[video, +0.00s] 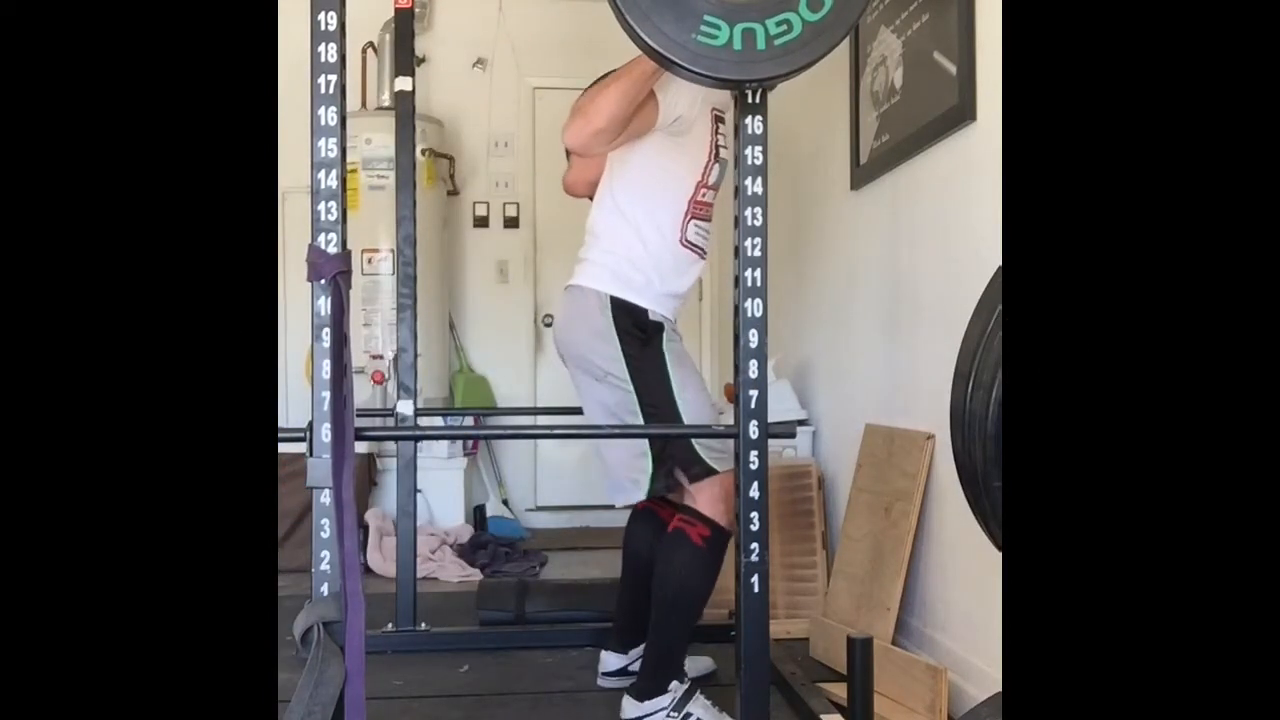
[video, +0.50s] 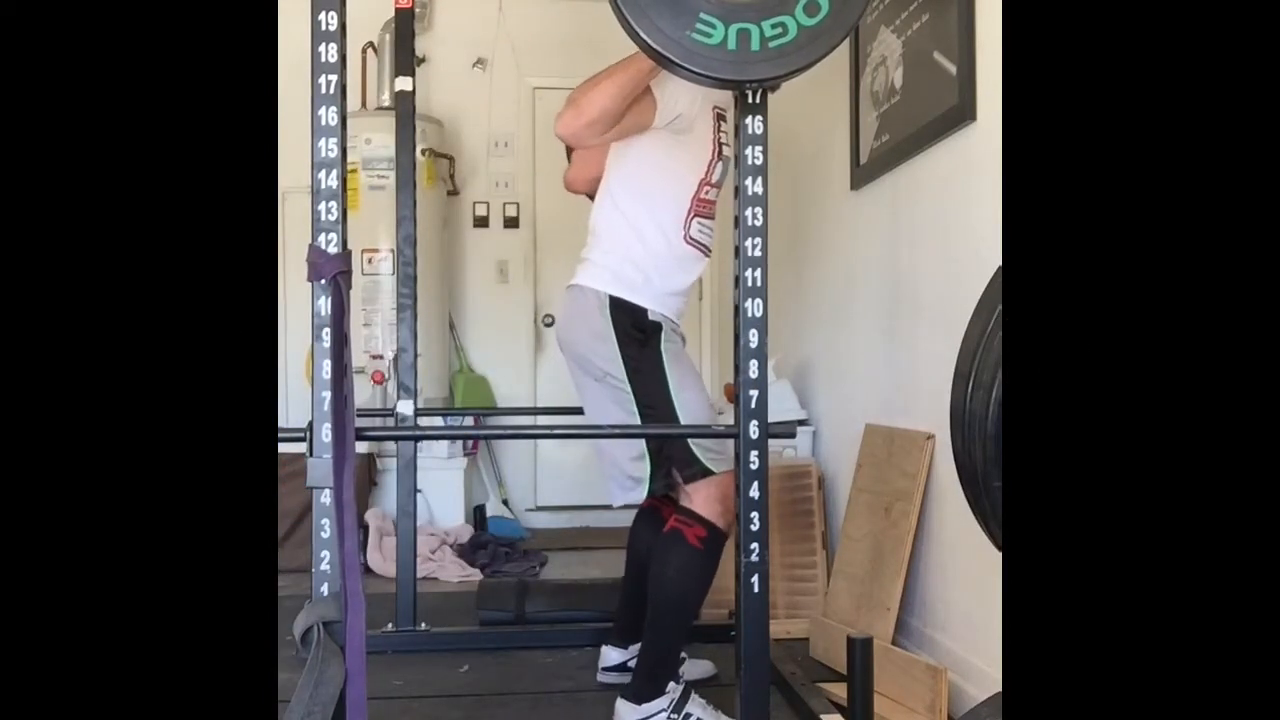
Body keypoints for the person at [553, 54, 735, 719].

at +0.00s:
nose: (756, 39)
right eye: (747, 27)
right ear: (717, 21)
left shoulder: (701, 99)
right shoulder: (676, 74)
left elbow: (577, 178)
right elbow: (579, 133)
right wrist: (662, 46)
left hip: (630, 311)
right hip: (617, 312)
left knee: (672, 485)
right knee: (713, 491)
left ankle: (626, 652)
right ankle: (655, 694)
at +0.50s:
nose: (760, 46)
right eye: (751, 34)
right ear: (721, 27)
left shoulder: (700, 102)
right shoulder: (681, 79)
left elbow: (579, 174)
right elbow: (572, 124)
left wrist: (679, 174)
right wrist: (657, 49)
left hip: (631, 310)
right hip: (619, 310)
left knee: (678, 485)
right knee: (711, 492)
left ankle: (628, 647)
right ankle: (652, 693)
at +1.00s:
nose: (765, 49)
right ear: (729, 31)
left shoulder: (703, 104)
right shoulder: (684, 77)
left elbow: (575, 167)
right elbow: (566, 114)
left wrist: (667, 176)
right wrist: (654, 43)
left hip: (633, 309)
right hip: (616, 309)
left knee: (672, 484)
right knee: (709, 492)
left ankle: (627, 651)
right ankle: (650, 695)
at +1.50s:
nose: (759, 49)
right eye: (751, 35)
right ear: (721, 31)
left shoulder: (695, 105)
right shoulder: (680, 79)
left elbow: (575, 168)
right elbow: (567, 120)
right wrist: (652, 46)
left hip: (626, 306)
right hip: (609, 306)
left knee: (667, 481)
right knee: (704, 486)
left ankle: (628, 650)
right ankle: (651, 694)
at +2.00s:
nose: (764, 46)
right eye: (754, 32)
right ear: (724, 27)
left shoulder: (703, 100)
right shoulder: (683, 78)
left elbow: (579, 174)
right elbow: (572, 125)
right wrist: (657, 47)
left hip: (628, 307)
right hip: (614, 307)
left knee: (671, 486)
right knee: (707, 488)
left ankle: (630, 654)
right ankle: (650, 693)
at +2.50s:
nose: (768, 46)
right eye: (759, 33)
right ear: (729, 28)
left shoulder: (707, 101)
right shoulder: (685, 78)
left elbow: (584, 181)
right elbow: (575, 131)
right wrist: (657, 47)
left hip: (630, 309)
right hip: (618, 310)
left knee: (672, 488)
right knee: (711, 494)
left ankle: (629, 655)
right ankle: (651, 694)